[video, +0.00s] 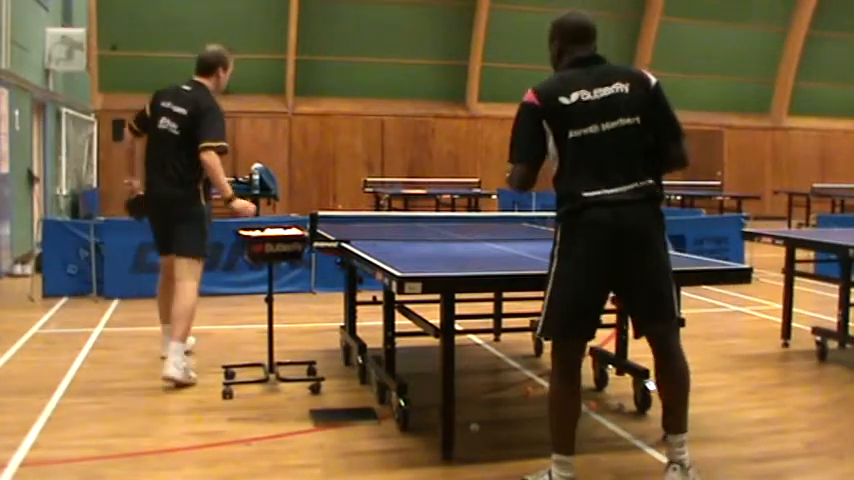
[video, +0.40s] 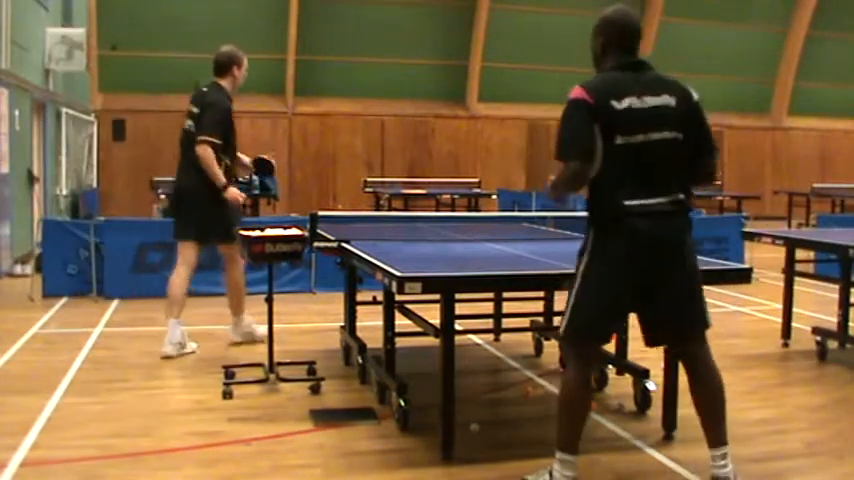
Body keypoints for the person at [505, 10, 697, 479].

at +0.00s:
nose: (550, 55)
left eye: (550, 49)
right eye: (556, 49)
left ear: (555, 49)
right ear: (595, 44)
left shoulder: (541, 97)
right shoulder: (640, 81)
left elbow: (524, 181)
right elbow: (677, 156)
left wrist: (515, 174)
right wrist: (631, 161)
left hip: (585, 234)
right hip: (643, 229)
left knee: (566, 358)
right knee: (667, 344)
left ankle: (561, 469)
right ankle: (679, 461)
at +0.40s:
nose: (592, 50)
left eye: (593, 43)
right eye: (595, 43)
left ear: (600, 45)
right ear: (640, 45)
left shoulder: (589, 94)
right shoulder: (678, 92)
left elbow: (581, 167)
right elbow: (706, 167)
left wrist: (559, 185)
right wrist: (660, 174)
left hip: (616, 239)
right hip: (674, 237)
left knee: (579, 354)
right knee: (694, 350)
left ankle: (563, 467)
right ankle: (723, 465)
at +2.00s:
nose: (634, 74)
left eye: (631, 67)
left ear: (626, 71)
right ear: (667, 77)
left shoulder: (593, 111)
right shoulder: (687, 117)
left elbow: (565, 183)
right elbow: (699, 197)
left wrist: (600, 196)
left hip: (603, 246)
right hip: (667, 251)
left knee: (549, 347)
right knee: (692, 356)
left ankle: (517, 465)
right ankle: (715, 466)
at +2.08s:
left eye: (632, 74)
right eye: (655, 79)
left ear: (620, 79)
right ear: (660, 83)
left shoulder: (584, 115)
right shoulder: (671, 114)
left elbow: (549, 184)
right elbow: (682, 185)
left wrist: (576, 201)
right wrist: (706, 258)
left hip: (586, 253)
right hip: (649, 255)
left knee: (537, 355)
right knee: (685, 356)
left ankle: (507, 465)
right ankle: (713, 465)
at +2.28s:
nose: (638, 105)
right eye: (637, 99)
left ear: (596, 102)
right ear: (632, 101)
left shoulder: (556, 136)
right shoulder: (632, 121)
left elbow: (504, 187)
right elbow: (639, 182)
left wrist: (509, 238)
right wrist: (698, 235)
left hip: (553, 259)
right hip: (613, 259)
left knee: (515, 363)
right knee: (670, 360)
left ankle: (502, 469)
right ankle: (695, 468)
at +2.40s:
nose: (628, 103)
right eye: (627, 97)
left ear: (585, 94)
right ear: (622, 96)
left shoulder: (545, 125)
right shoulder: (632, 126)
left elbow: (498, 178)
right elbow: (651, 209)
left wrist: (499, 227)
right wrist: (695, 222)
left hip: (553, 261)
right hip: (615, 264)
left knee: (515, 365)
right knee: (666, 361)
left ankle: (503, 468)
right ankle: (696, 469)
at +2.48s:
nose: (621, 94)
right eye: (620, 87)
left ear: (580, 87)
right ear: (620, 89)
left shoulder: (543, 115)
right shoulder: (637, 123)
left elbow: (504, 171)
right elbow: (651, 201)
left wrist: (507, 209)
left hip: (560, 252)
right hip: (625, 253)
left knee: (518, 362)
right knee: (668, 363)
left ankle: (504, 466)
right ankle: (702, 466)